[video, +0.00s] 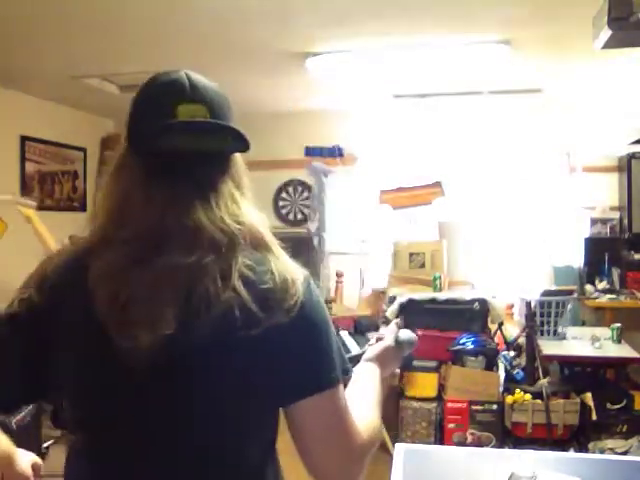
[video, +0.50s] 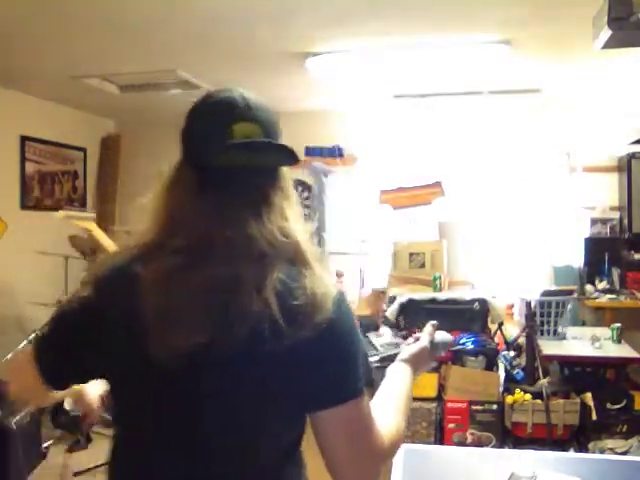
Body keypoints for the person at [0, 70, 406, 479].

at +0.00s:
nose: (244, 169)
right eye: (237, 158)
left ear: (130, 165)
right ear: (230, 169)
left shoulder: (64, 283)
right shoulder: (275, 289)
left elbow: (1, 402)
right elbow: (340, 465)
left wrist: (12, 460)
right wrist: (374, 371)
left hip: (97, 473)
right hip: (237, 475)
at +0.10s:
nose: (243, 169)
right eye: (237, 156)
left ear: (128, 162)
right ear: (229, 168)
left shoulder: (62, 281)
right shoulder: (272, 287)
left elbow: (0, 403)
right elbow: (340, 466)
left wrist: (13, 459)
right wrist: (377, 367)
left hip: (91, 476)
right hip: (234, 475)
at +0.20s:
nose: (246, 169)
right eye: (240, 156)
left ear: (134, 163)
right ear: (234, 167)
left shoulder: (66, 279)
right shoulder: (276, 289)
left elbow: (0, 400)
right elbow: (338, 463)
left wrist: (21, 452)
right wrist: (378, 367)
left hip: (93, 470)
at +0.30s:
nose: (260, 170)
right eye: (252, 157)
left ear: (149, 164)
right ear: (246, 169)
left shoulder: (79, 279)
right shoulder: (281, 291)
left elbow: (6, 400)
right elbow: (341, 462)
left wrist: (38, 435)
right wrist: (385, 367)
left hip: (109, 469)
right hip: (241, 468)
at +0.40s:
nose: (269, 183)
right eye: (264, 170)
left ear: (167, 171)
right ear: (259, 175)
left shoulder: (99, 280)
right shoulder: (290, 294)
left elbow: (8, 405)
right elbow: (349, 464)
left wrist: (61, 416)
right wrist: (395, 369)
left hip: (120, 472)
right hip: (249, 471)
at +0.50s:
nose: (285, 191)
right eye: (282, 180)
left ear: (184, 179)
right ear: (276, 184)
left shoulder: (126, 287)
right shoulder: (308, 301)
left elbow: (18, 385)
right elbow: (361, 466)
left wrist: (83, 394)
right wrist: (407, 369)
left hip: (142, 473)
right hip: (265, 473)